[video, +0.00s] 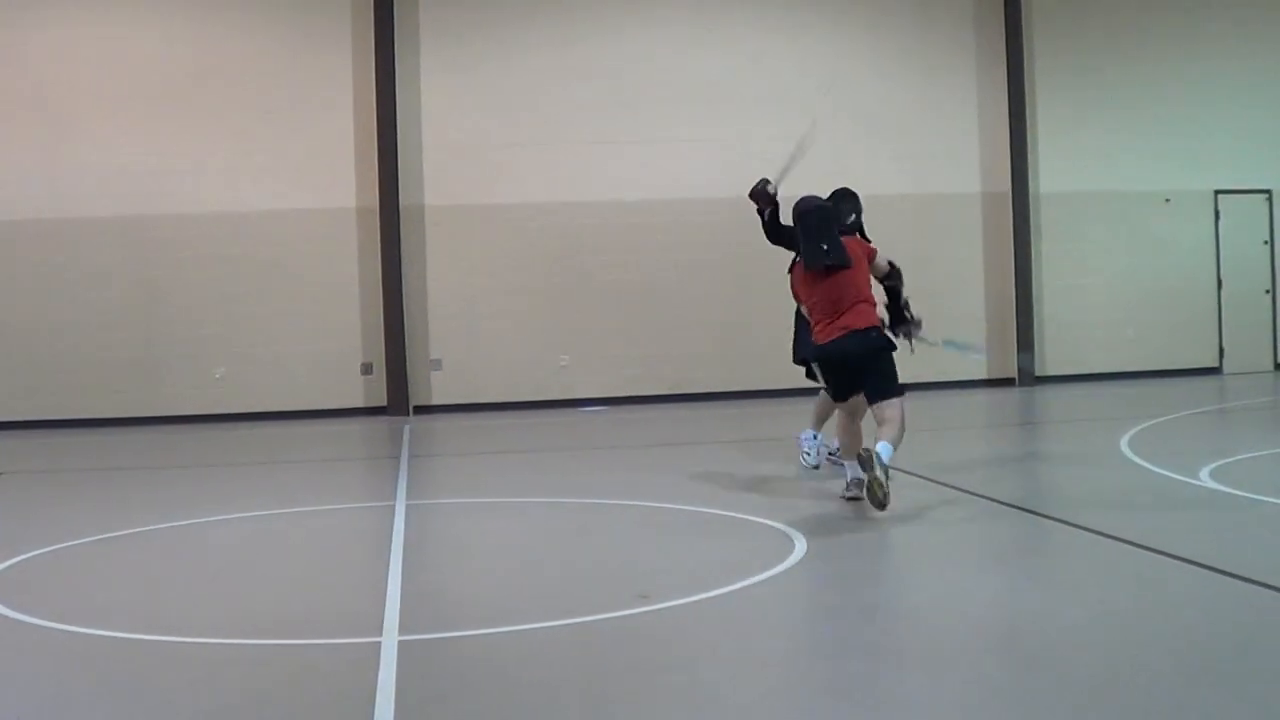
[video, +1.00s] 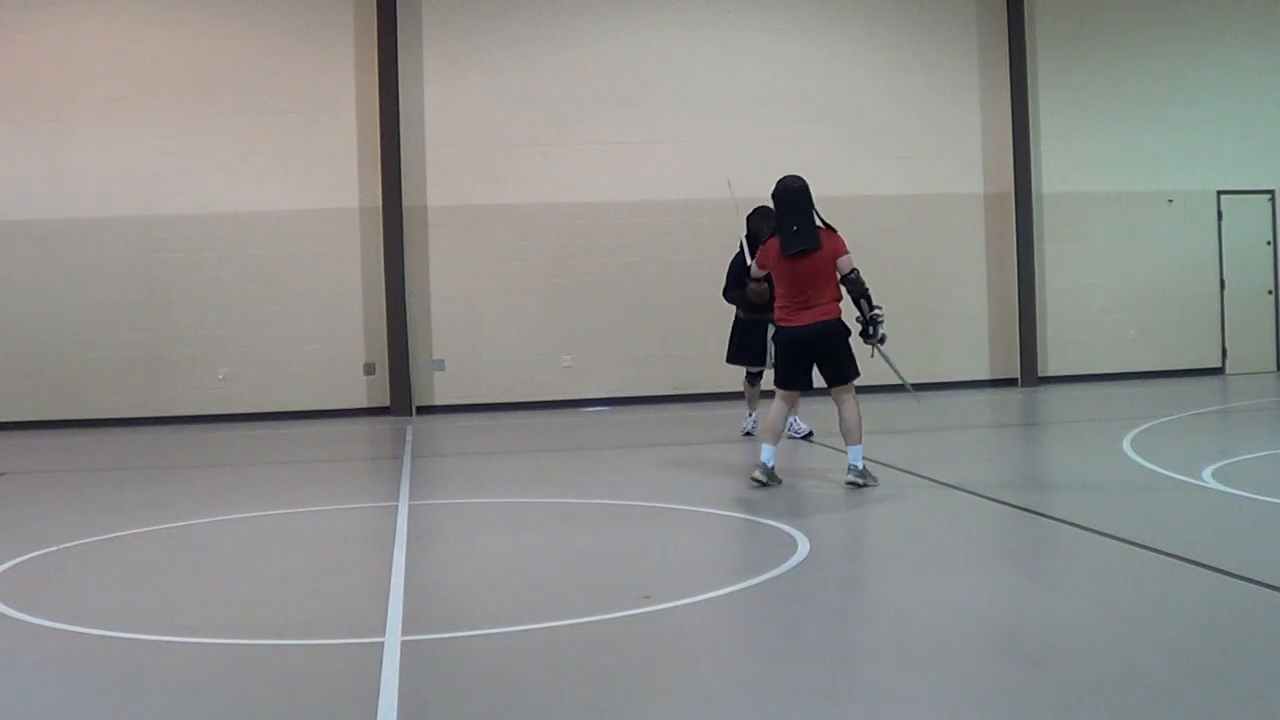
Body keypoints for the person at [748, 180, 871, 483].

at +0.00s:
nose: (849, 223)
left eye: (852, 216)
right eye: (845, 216)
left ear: (854, 217)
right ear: (836, 215)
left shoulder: (860, 244)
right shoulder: (812, 237)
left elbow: (888, 279)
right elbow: (775, 234)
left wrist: (896, 314)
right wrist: (768, 207)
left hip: (852, 320)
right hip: (814, 319)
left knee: (855, 387)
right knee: (834, 384)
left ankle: (840, 444)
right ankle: (811, 435)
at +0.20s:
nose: (826, 217)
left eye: (829, 211)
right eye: (821, 211)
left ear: (833, 215)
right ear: (810, 213)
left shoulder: (840, 240)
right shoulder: (793, 238)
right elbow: (765, 251)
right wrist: (766, 230)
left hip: (833, 313)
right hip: (798, 313)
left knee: (842, 380)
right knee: (811, 383)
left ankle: (846, 434)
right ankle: (800, 430)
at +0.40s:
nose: (813, 226)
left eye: (815, 221)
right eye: (808, 221)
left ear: (818, 222)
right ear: (795, 223)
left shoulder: (823, 251)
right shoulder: (781, 252)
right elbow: (760, 287)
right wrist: (776, 297)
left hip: (818, 324)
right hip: (787, 326)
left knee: (825, 377)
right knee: (796, 383)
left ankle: (814, 404)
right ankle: (796, 432)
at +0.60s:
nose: (798, 242)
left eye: (803, 237)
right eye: (794, 236)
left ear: (809, 238)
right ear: (784, 236)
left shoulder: (814, 263)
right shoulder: (774, 265)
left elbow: (822, 292)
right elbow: (756, 300)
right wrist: (773, 311)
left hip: (807, 325)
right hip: (777, 326)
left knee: (807, 372)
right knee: (788, 368)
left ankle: (800, 421)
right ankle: (791, 423)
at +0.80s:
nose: (784, 238)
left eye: (789, 231)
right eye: (779, 231)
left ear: (794, 231)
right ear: (770, 232)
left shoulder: (802, 254)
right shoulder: (758, 256)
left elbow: (814, 285)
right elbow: (743, 289)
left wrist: (804, 309)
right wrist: (761, 301)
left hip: (799, 317)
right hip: (767, 320)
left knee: (799, 375)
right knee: (769, 375)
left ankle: (796, 422)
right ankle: (766, 405)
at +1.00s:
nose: (770, 235)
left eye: (773, 230)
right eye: (764, 230)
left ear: (778, 229)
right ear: (754, 231)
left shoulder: (785, 254)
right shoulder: (743, 259)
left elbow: (797, 284)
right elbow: (730, 292)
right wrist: (750, 300)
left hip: (785, 318)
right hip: (753, 321)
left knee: (790, 371)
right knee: (753, 373)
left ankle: (793, 419)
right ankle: (751, 416)